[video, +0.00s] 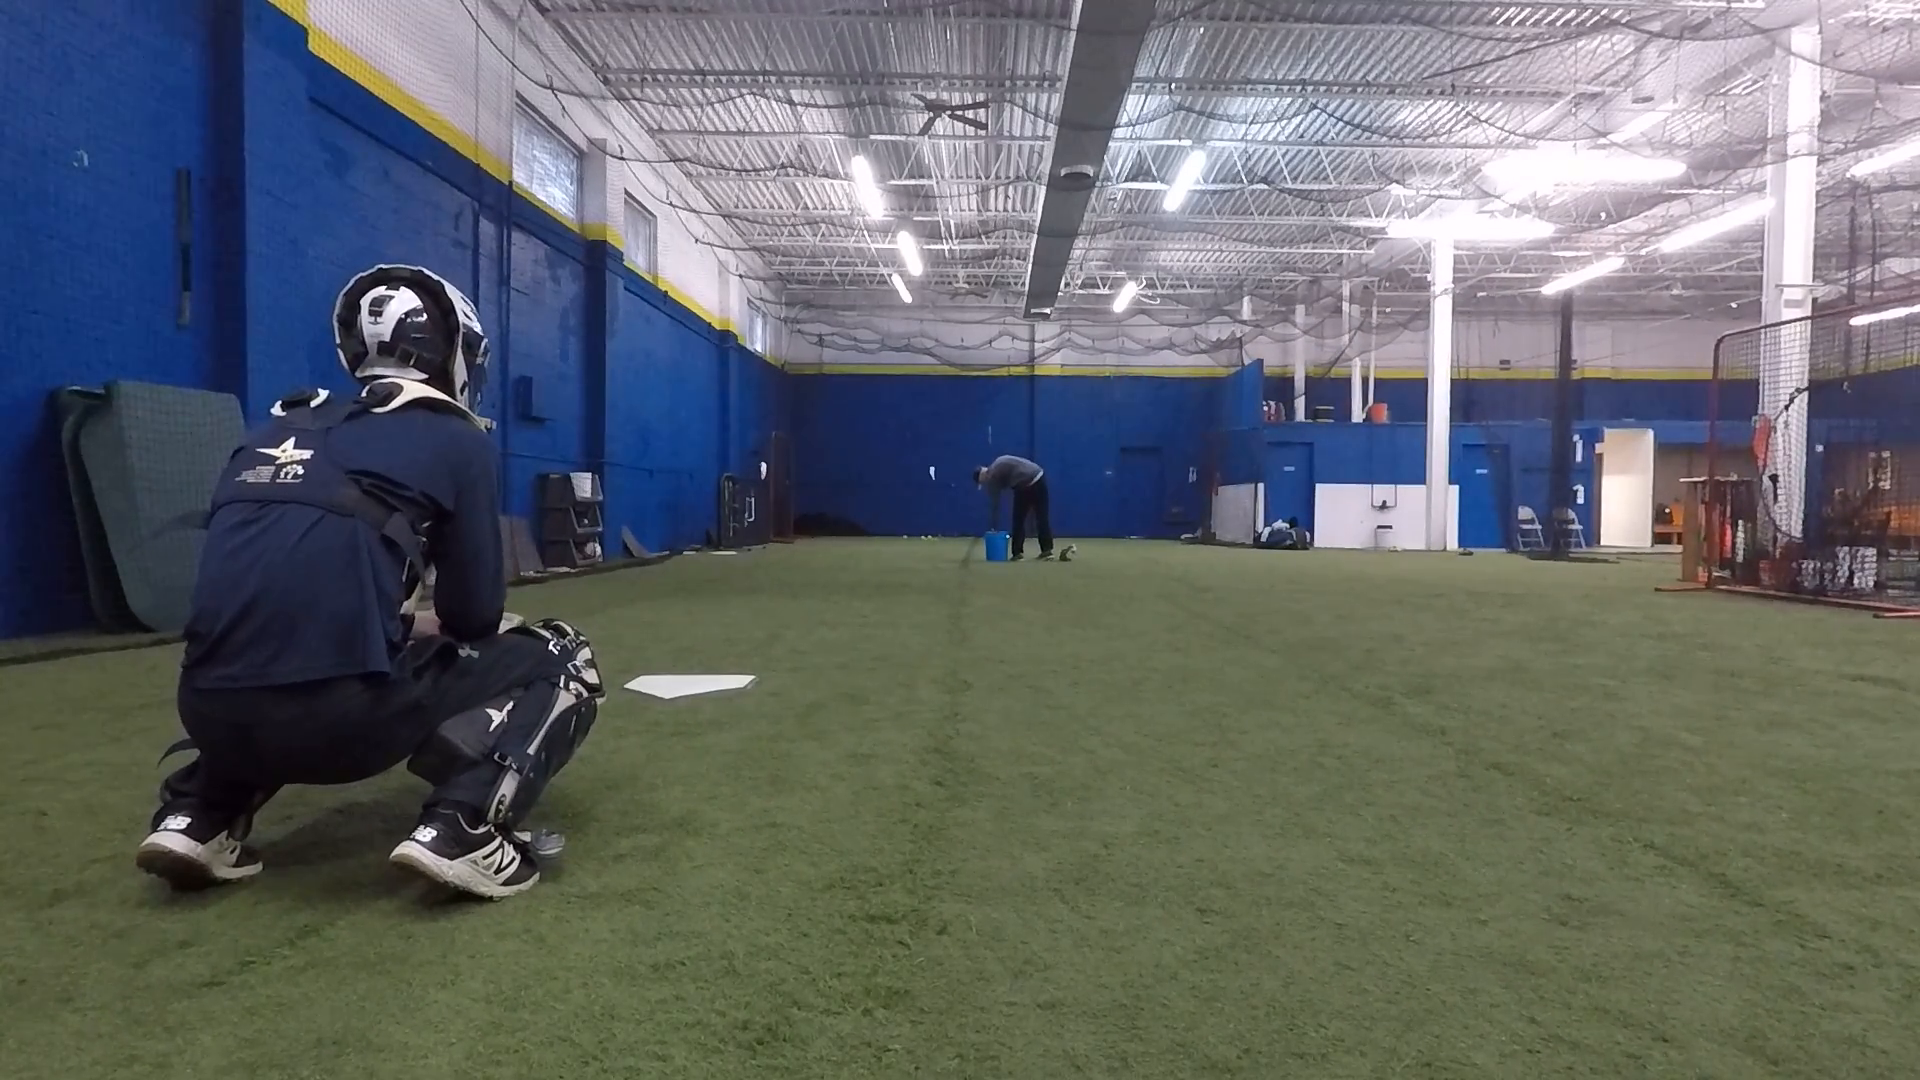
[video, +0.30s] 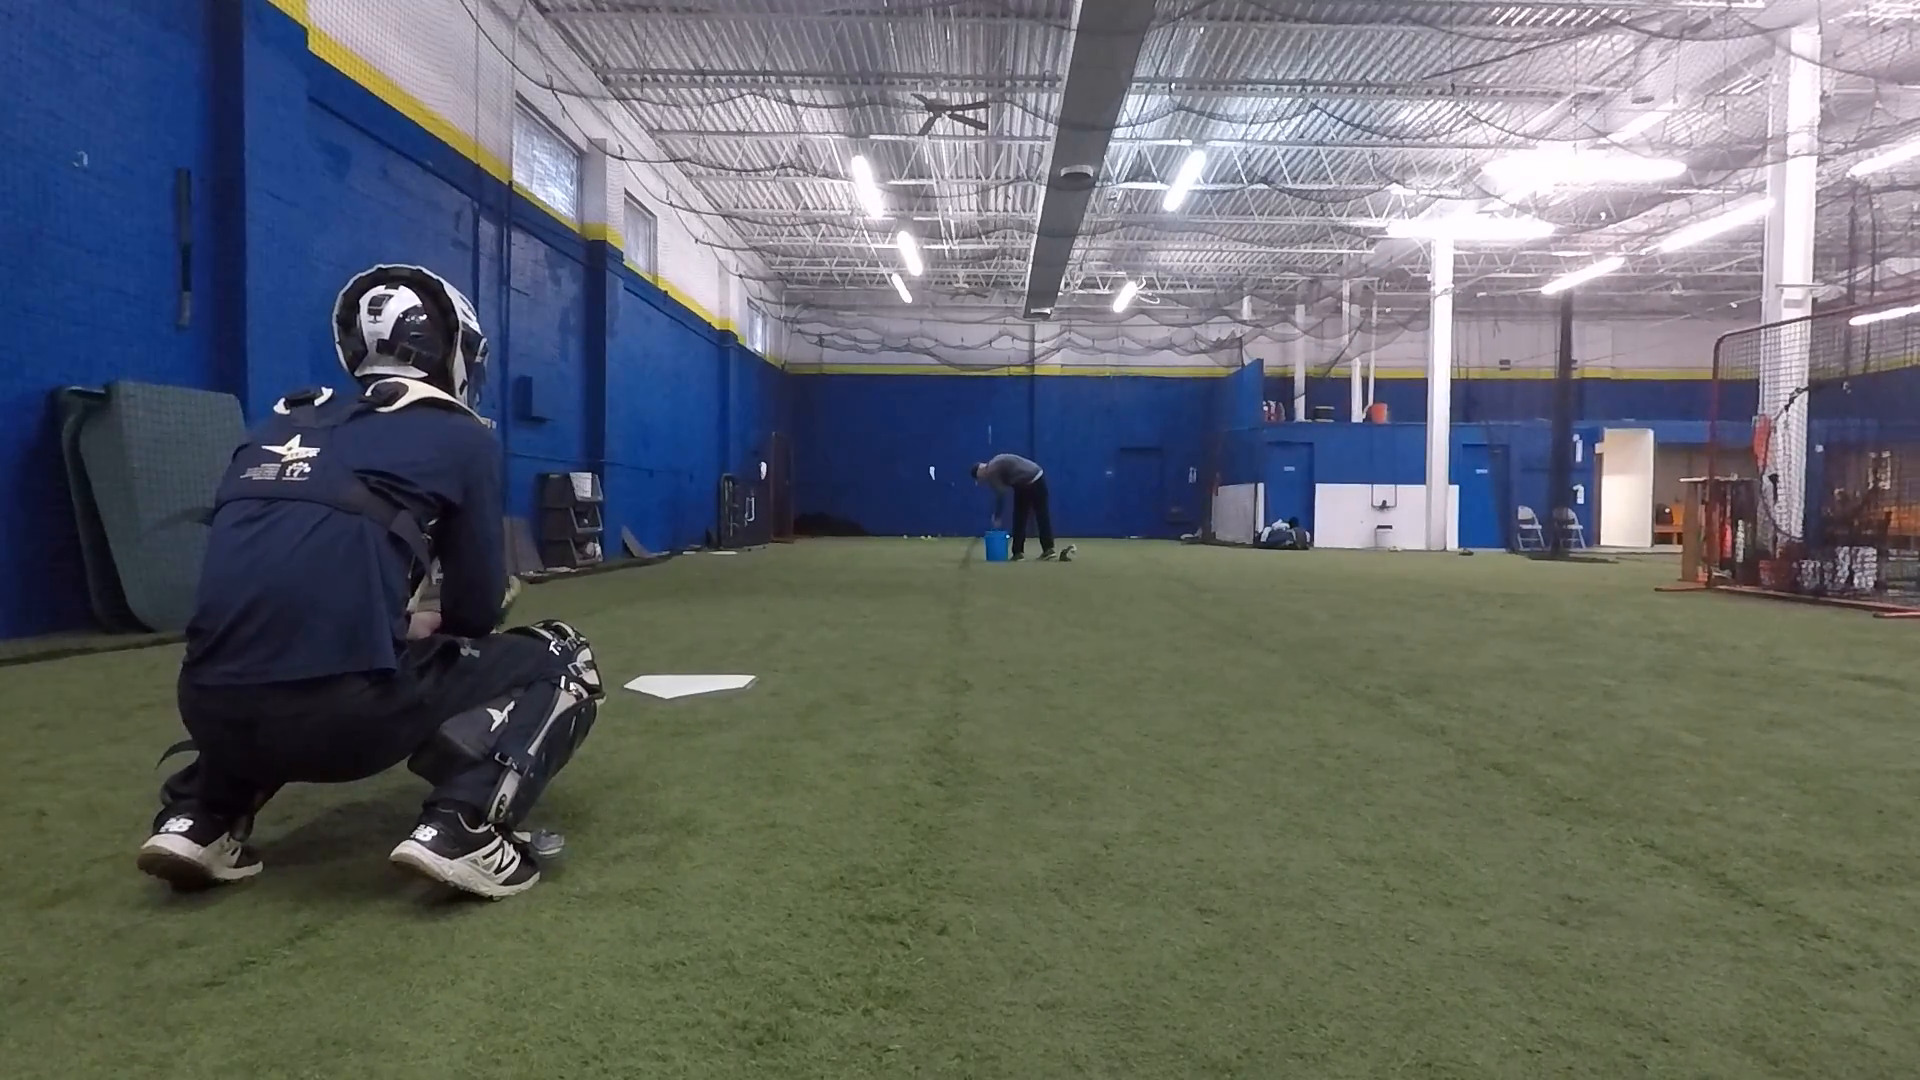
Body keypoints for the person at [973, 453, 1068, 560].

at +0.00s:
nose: (985, 482)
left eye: (982, 480)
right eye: (982, 482)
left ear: (984, 473)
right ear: (983, 477)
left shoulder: (999, 465)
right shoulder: (993, 481)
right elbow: (994, 504)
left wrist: (994, 527)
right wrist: (994, 527)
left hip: (1037, 481)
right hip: (1020, 488)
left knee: (1042, 518)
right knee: (1018, 520)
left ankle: (1047, 551)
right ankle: (1017, 553)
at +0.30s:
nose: (982, 480)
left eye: (980, 477)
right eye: (980, 478)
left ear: (981, 470)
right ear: (981, 469)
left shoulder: (993, 467)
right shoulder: (992, 473)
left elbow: (1001, 494)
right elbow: (1001, 495)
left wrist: (996, 516)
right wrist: (997, 517)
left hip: (1036, 481)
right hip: (1020, 486)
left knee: (1042, 517)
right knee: (1019, 520)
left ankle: (1048, 549)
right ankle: (1017, 552)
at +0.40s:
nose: (982, 476)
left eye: (980, 474)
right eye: (980, 475)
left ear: (980, 468)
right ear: (982, 464)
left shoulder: (990, 469)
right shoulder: (995, 461)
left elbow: (1004, 486)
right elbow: (1003, 487)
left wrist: (1002, 504)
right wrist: (1002, 504)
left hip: (1035, 480)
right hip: (1021, 485)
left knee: (1041, 516)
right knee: (1020, 519)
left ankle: (1048, 549)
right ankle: (1018, 552)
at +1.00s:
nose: (982, 480)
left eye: (980, 478)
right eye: (980, 479)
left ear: (980, 471)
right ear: (980, 473)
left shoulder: (995, 468)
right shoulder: (992, 474)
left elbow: (998, 500)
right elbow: (997, 499)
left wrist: (998, 524)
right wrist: (998, 524)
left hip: (1036, 480)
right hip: (1021, 485)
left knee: (1042, 516)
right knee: (1021, 519)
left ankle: (1048, 549)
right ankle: (1018, 552)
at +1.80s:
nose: (980, 474)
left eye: (978, 471)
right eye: (977, 473)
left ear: (979, 465)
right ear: (980, 462)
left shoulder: (992, 466)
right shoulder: (991, 465)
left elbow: (1001, 490)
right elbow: (999, 491)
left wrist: (998, 513)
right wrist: (997, 513)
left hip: (1033, 481)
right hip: (1019, 484)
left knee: (1035, 517)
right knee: (1018, 519)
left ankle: (1048, 547)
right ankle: (1017, 551)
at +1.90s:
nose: (979, 463)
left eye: (977, 460)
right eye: (977, 462)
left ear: (980, 455)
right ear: (982, 452)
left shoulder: (992, 460)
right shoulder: (995, 452)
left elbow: (1003, 482)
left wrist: (997, 499)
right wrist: (997, 497)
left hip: (1027, 482)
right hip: (1018, 483)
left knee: (1023, 518)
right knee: (1016, 518)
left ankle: (1043, 545)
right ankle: (1017, 551)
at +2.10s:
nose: (981, 448)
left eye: (980, 445)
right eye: (979, 445)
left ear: (983, 441)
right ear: (988, 436)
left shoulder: (995, 449)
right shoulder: (1002, 443)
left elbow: (1006, 468)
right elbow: (1010, 466)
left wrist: (996, 478)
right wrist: (1001, 479)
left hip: (1017, 483)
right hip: (1024, 480)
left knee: (1008, 515)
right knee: (1012, 514)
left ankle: (1017, 549)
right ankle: (1019, 543)